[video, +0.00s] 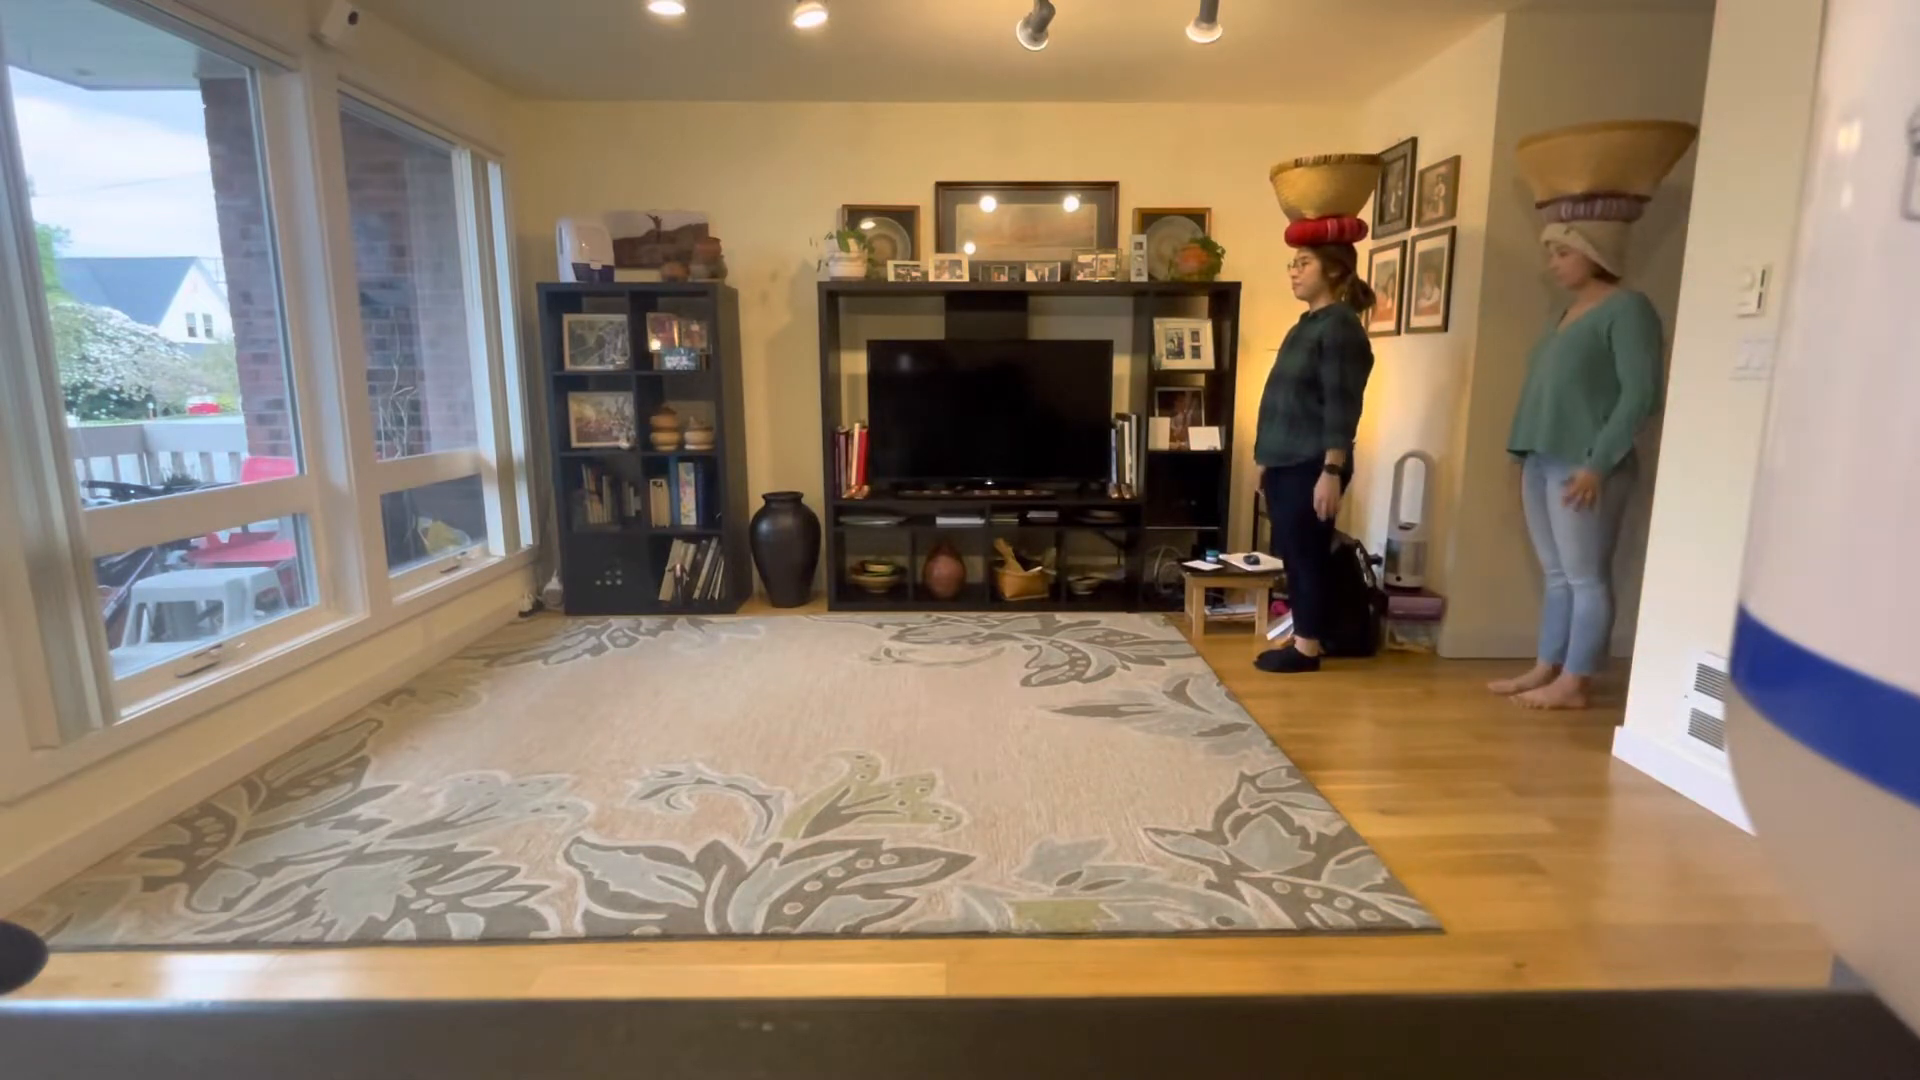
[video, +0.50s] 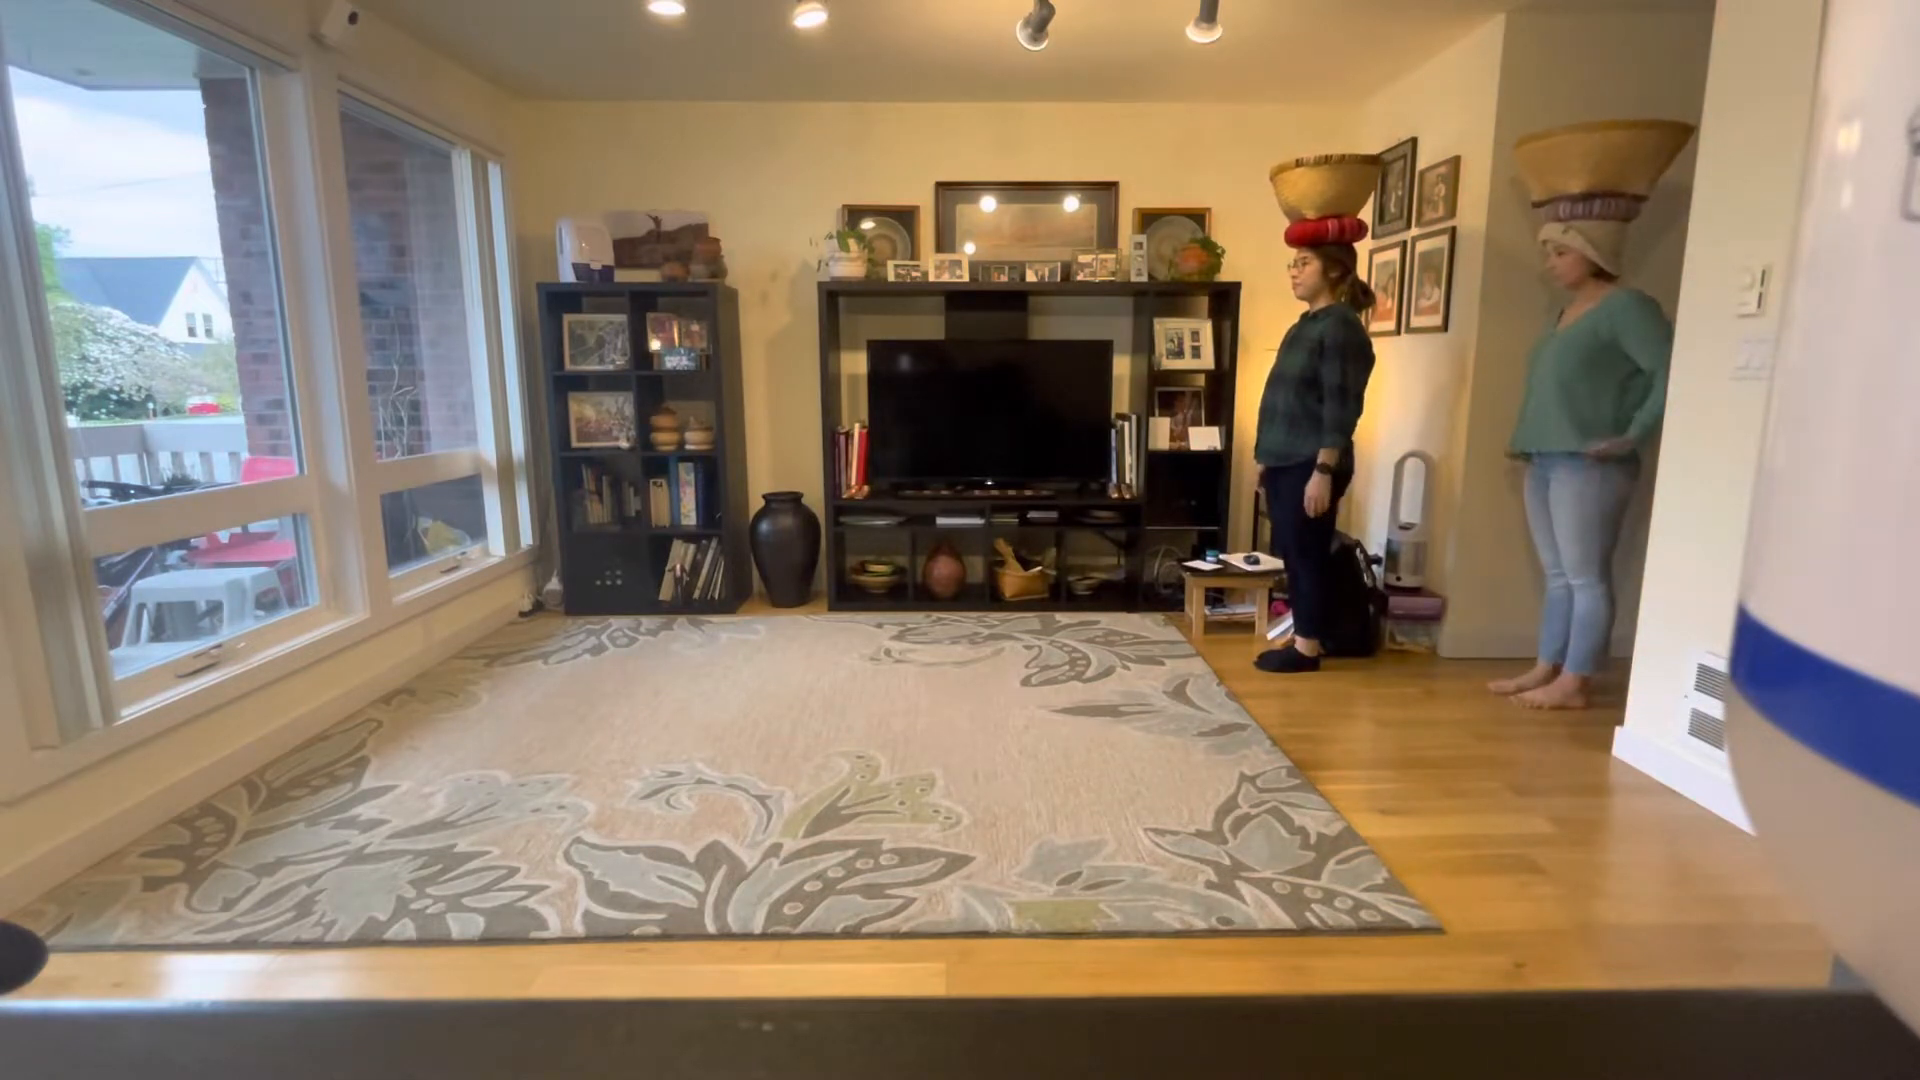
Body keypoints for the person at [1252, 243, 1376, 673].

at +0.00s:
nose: (1292, 273)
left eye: (1302, 264)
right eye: (1292, 265)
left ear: (1333, 270)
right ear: (1310, 272)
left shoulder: (1340, 326)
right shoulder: (1308, 325)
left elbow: (1343, 404)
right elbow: (1289, 399)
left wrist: (1333, 469)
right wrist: (1269, 460)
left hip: (1312, 461)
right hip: (1288, 459)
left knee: (1305, 553)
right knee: (1294, 552)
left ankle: (1307, 645)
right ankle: (1304, 638)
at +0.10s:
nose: (1292, 273)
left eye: (1302, 264)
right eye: (1292, 265)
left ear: (1333, 270)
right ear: (1309, 272)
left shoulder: (1340, 327)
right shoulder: (1307, 325)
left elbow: (1343, 404)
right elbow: (1289, 399)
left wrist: (1335, 469)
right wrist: (1269, 460)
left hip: (1312, 461)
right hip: (1288, 460)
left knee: (1304, 553)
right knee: (1294, 552)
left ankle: (1307, 645)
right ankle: (1304, 639)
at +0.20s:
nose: (1292, 272)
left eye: (1302, 264)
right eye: (1292, 265)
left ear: (1333, 270)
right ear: (1300, 272)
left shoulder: (1341, 327)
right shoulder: (1307, 326)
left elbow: (1343, 404)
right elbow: (1288, 399)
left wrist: (1334, 469)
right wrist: (1269, 460)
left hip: (1312, 461)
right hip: (1288, 460)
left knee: (1305, 553)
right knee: (1294, 552)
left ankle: (1307, 645)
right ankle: (1304, 638)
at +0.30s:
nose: (1292, 272)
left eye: (1302, 263)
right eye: (1292, 264)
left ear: (1333, 270)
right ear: (1299, 271)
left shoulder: (1341, 327)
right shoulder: (1306, 325)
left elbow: (1343, 404)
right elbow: (1289, 399)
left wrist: (1331, 469)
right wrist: (1268, 460)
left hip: (1312, 461)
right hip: (1288, 459)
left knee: (1306, 554)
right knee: (1294, 553)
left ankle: (1308, 645)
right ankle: (1304, 639)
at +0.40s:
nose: (1292, 272)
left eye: (1302, 263)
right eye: (1292, 265)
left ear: (1333, 270)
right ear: (1300, 271)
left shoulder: (1341, 327)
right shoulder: (1306, 325)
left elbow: (1343, 404)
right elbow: (1289, 398)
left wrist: (1327, 468)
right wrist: (1268, 459)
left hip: (1313, 461)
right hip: (1288, 459)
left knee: (1306, 554)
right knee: (1294, 553)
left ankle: (1308, 645)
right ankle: (1304, 638)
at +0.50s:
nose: (1292, 272)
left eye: (1301, 264)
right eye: (1292, 265)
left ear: (1333, 270)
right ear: (1311, 271)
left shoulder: (1341, 327)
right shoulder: (1306, 325)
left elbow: (1341, 405)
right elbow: (1289, 398)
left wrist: (1324, 468)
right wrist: (1268, 459)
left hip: (1313, 460)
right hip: (1288, 459)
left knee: (1306, 554)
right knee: (1294, 553)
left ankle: (1308, 645)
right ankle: (1304, 638)